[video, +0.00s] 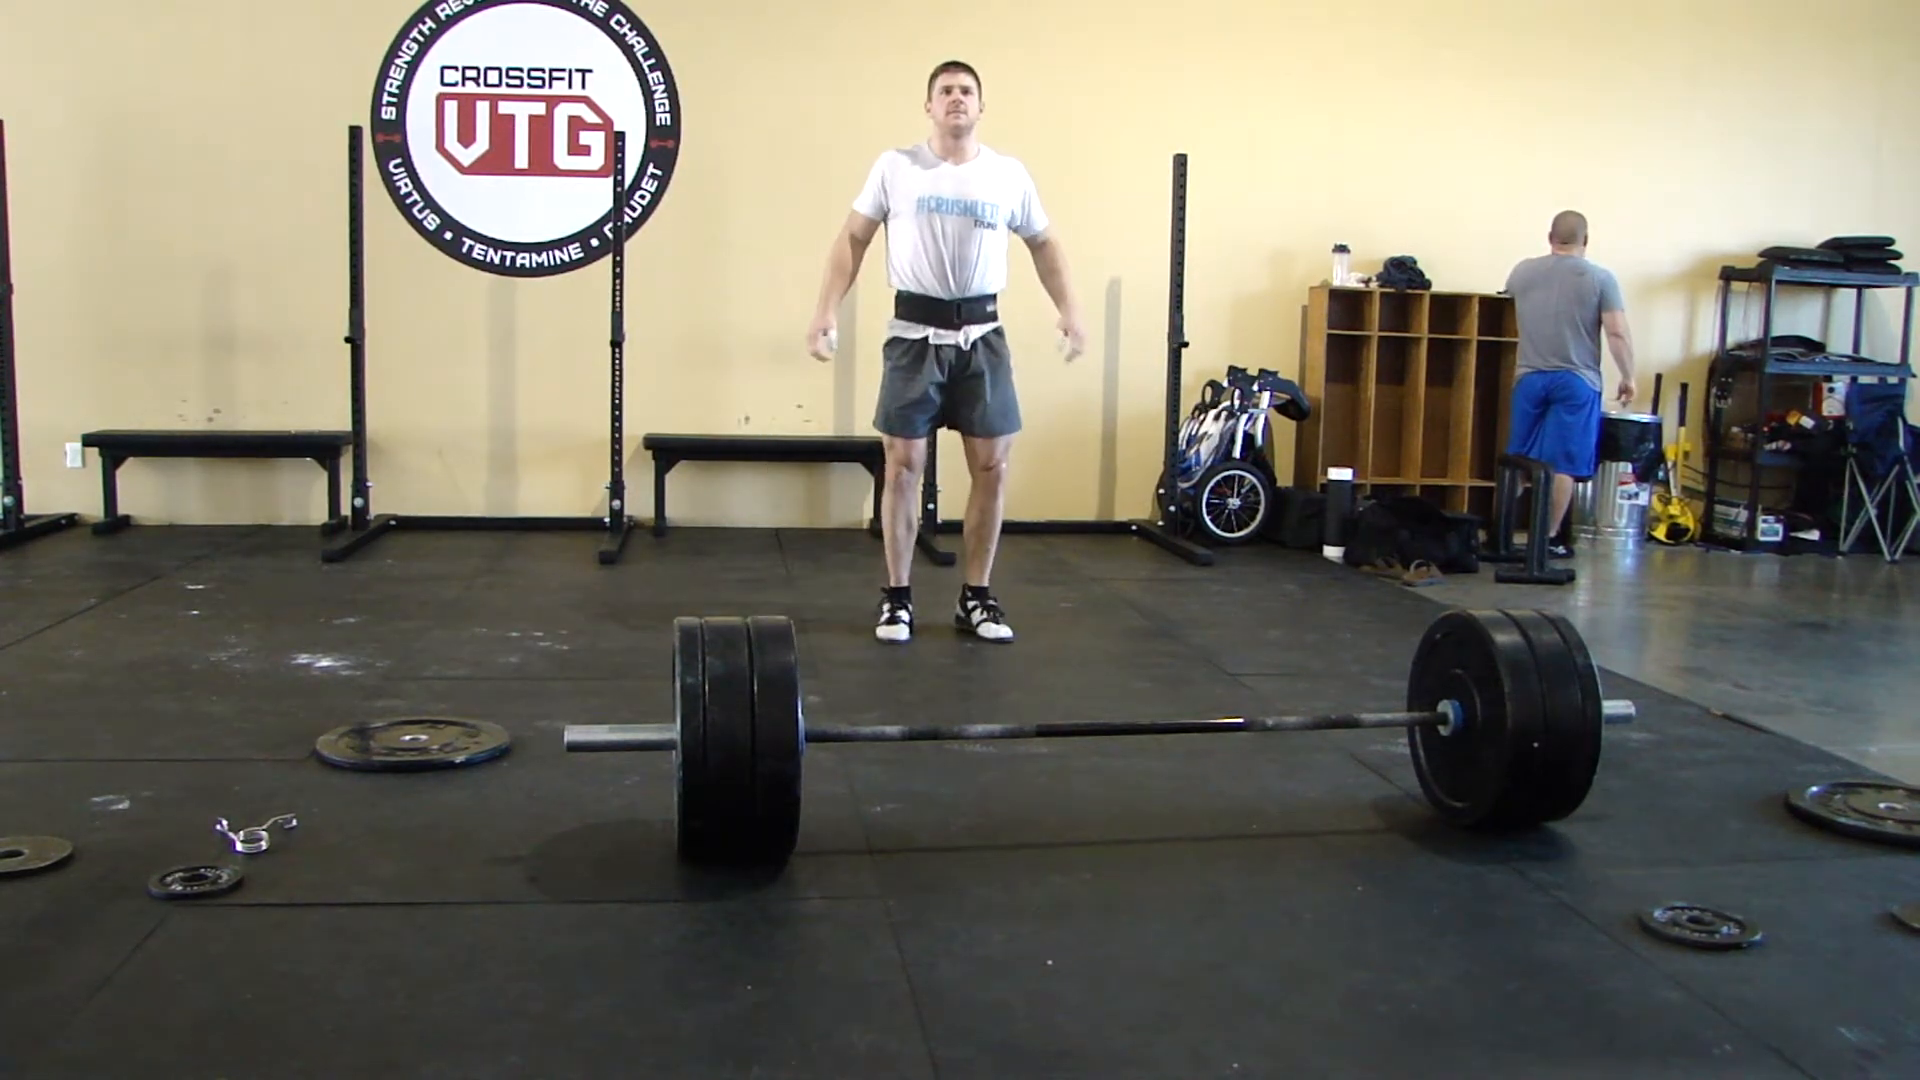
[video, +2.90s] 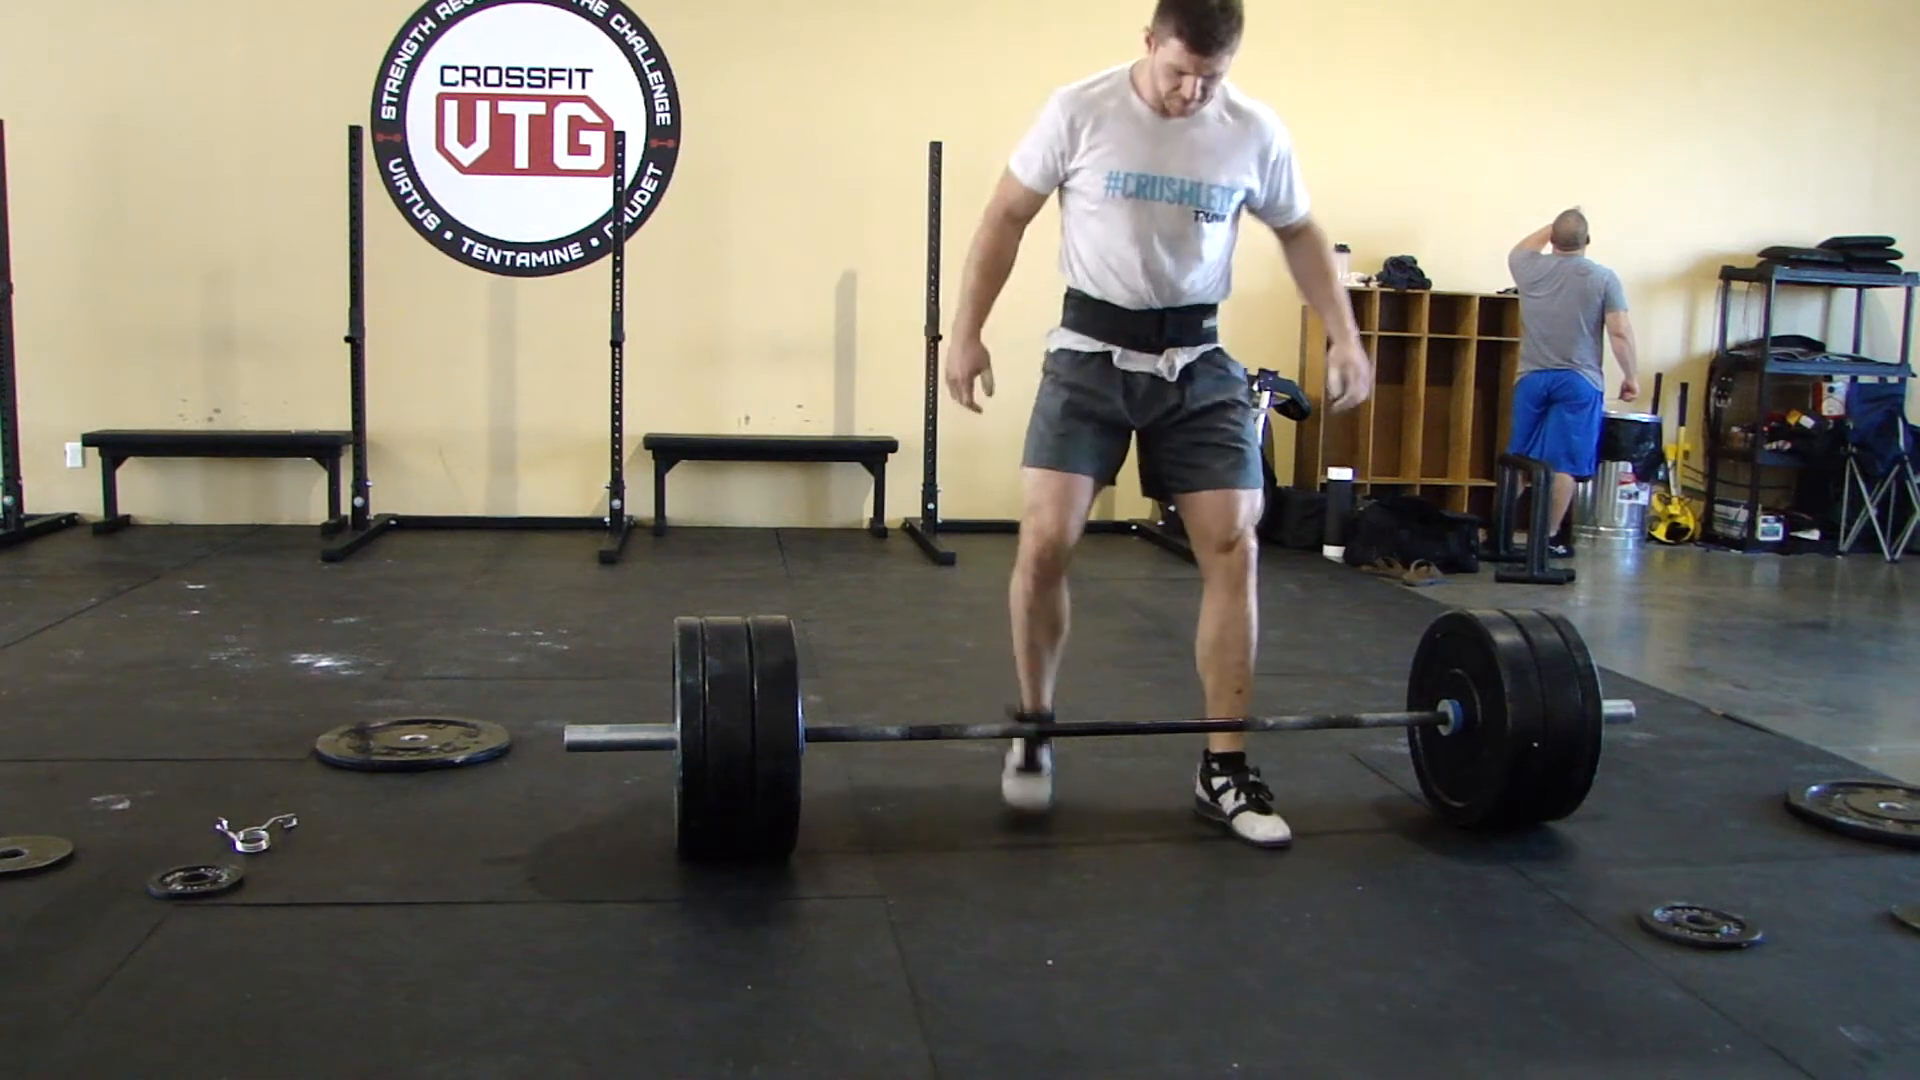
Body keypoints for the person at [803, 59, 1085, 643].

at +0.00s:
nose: (957, 98)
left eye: (966, 91)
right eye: (947, 91)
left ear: (981, 107)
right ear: (928, 106)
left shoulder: (1009, 174)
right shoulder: (895, 168)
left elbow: (1044, 244)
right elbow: (852, 240)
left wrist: (1069, 310)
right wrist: (825, 309)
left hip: (982, 341)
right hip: (913, 340)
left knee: (991, 468)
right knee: (902, 465)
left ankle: (977, 597)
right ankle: (897, 598)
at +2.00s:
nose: (1046, 101)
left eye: (1059, 88)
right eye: (1035, 87)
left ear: (1076, 89)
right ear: (1011, 84)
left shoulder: (1104, 163)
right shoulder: (965, 151)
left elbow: (1151, 238)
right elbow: (911, 231)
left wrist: (1182, 303)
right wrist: (879, 325)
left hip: (1064, 356)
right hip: (989, 351)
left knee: (1044, 507)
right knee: (989, 499)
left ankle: (1027, 642)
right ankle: (981, 668)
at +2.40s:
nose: (1077, 79)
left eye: (1089, 65)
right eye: (1064, 64)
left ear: (1105, 56)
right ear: (1031, 49)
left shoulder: (1129, 130)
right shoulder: (977, 125)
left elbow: (1157, 228)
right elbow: (917, 214)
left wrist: (1180, 328)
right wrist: (882, 303)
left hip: (1105, 346)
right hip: (1013, 347)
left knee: (1157, 509)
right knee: (1010, 517)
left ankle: (1093, 650)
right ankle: (995, 699)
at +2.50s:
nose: (1095, 81)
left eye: (1108, 66)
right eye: (1082, 65)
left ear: (1123, 55)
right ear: (1048, 47)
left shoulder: (1146, 130)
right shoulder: (991, 124)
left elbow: (1171, 230)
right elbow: (917, 211)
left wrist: (1192, 329)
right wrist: (880, 316)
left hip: (1123, 351)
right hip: (1027, 351)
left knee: (1165, 518)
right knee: (1015, 523)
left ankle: (1160, 718)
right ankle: (996, 706)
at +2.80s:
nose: (1179, 98)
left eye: (1194, 84)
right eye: (1164, 80)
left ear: (1212, 71)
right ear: (1130, 53)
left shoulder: (1235, 142)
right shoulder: (1067, 125)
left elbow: (1273, 249)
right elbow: (992, 227)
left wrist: (1314, 358)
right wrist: (950, 340)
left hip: (1189, 370)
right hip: (1081, 365)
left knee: (1231, 549)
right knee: (1028, 557)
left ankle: (1226, 766)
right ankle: (1022, 680)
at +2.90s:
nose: (1193, 92)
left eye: (1209, 79)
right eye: (1181, 74)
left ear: (1231, 61)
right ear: (1147, 40)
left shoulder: (1254, 134)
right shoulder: (1079, 110)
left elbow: (1298, 231)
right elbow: (1005, 216)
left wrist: (1346, 338)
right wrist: (966, 330)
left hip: (1199, 368)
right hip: (1087, 359)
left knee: (1232, 547)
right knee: (1045, 544)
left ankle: (1226, 766)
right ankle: (1033, 729)